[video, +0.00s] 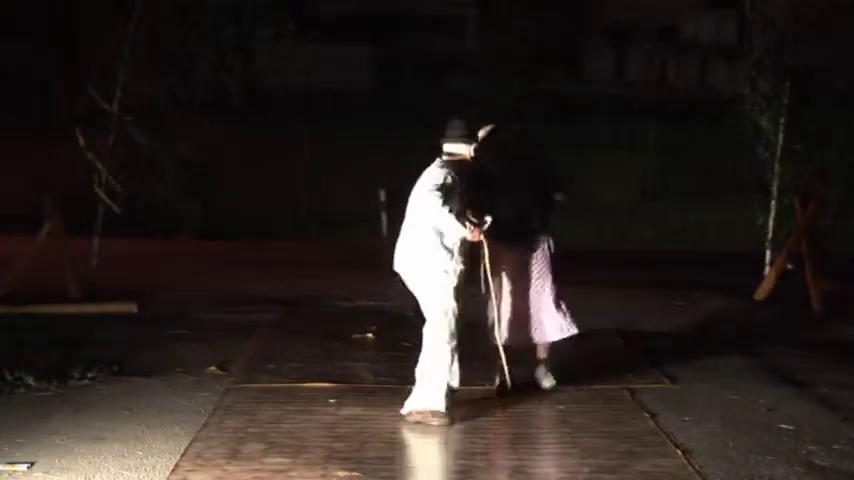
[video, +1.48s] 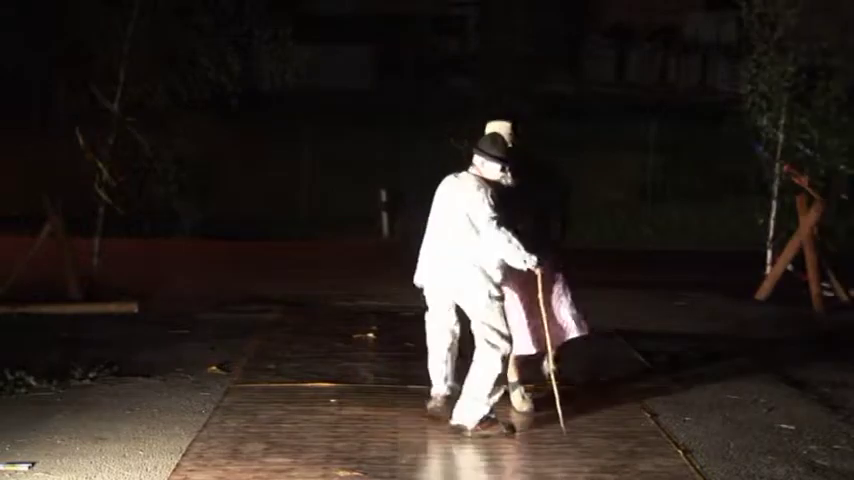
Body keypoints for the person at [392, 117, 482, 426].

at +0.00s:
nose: (474, 151)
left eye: (472, 146)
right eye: (471, 146)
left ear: (448, 147)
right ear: (463, 148)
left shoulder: (447, 173)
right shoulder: (443, 173)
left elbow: (452, 210)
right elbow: (436, 209)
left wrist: (472, 222)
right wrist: (464, 231)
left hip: (433, 258)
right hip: (425, 258)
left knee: (442, 321)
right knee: (441, 322)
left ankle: (430, 393)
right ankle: (426, 399)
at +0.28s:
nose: (473, 152)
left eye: (473, 146)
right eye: (470, 147)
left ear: (453, 146)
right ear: (458, 148)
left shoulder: (447, 175)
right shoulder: (440, 178)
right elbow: (440, 228)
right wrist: (473, 246)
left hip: (435, 267)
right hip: (433, 269)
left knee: (432, 326)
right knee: (460, 325)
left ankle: (413, 388)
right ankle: (431, 392)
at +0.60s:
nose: (481, 157)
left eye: (483, 152)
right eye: (481, 152)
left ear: (459, 140)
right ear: (476, 147)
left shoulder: (432, 160)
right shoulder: (460, 165)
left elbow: (406, 194)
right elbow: (461, 201)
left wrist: (436, 203)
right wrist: (483, 229)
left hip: (419, 257)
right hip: (443, 261)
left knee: (422, 322)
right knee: (455, 326)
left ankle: (415, 391)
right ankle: (445, 397)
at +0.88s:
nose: (490, 168)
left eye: (490, 162)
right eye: (485, 161)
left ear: (466, 156)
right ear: (467, 156)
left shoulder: (439, 175)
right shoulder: (448, 182)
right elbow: (449, 233)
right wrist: (484, 249)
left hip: (421, 264)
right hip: (440, 264)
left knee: (434, 326)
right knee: (496, 309)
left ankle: (417, 397)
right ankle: (465, 375)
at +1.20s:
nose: (504, 166)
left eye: (505, 159)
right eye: (501, 160)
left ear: (478, 152)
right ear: (489, 155)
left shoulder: (453, 168)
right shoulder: (473, 176)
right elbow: (471, 213)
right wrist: (505, 241)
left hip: (425, 256)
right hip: (457, 260)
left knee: (426, 328)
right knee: (486, 328)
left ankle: (419, 396)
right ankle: (488, 395)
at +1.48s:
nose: (504, 171)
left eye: (504, 165)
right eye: (500, 165)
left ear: (477, 161)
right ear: (483, 162)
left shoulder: (448, 184)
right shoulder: (478, 193)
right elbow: (493, 235)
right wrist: (528, 260)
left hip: (436, 277)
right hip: (472, 280)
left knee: (441, 334)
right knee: (495, 342)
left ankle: (440, 392)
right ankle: (471, 414)